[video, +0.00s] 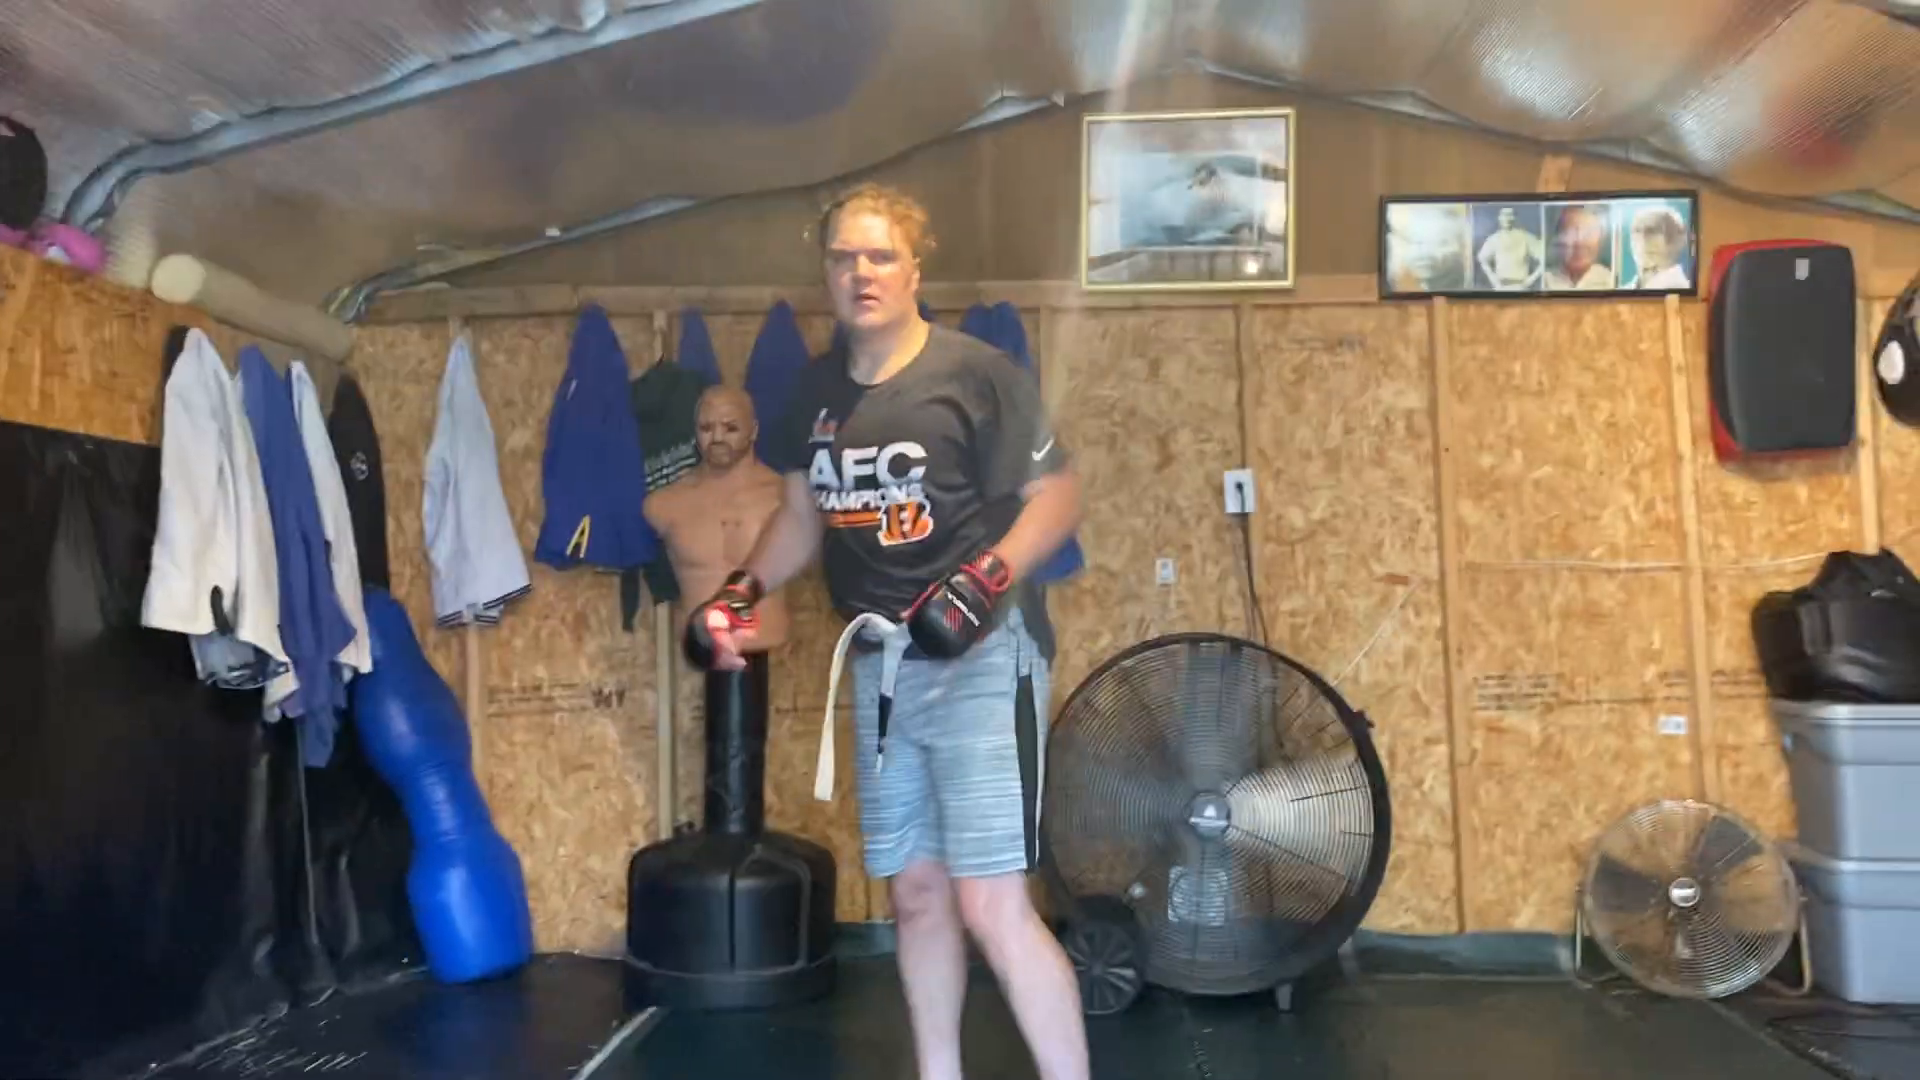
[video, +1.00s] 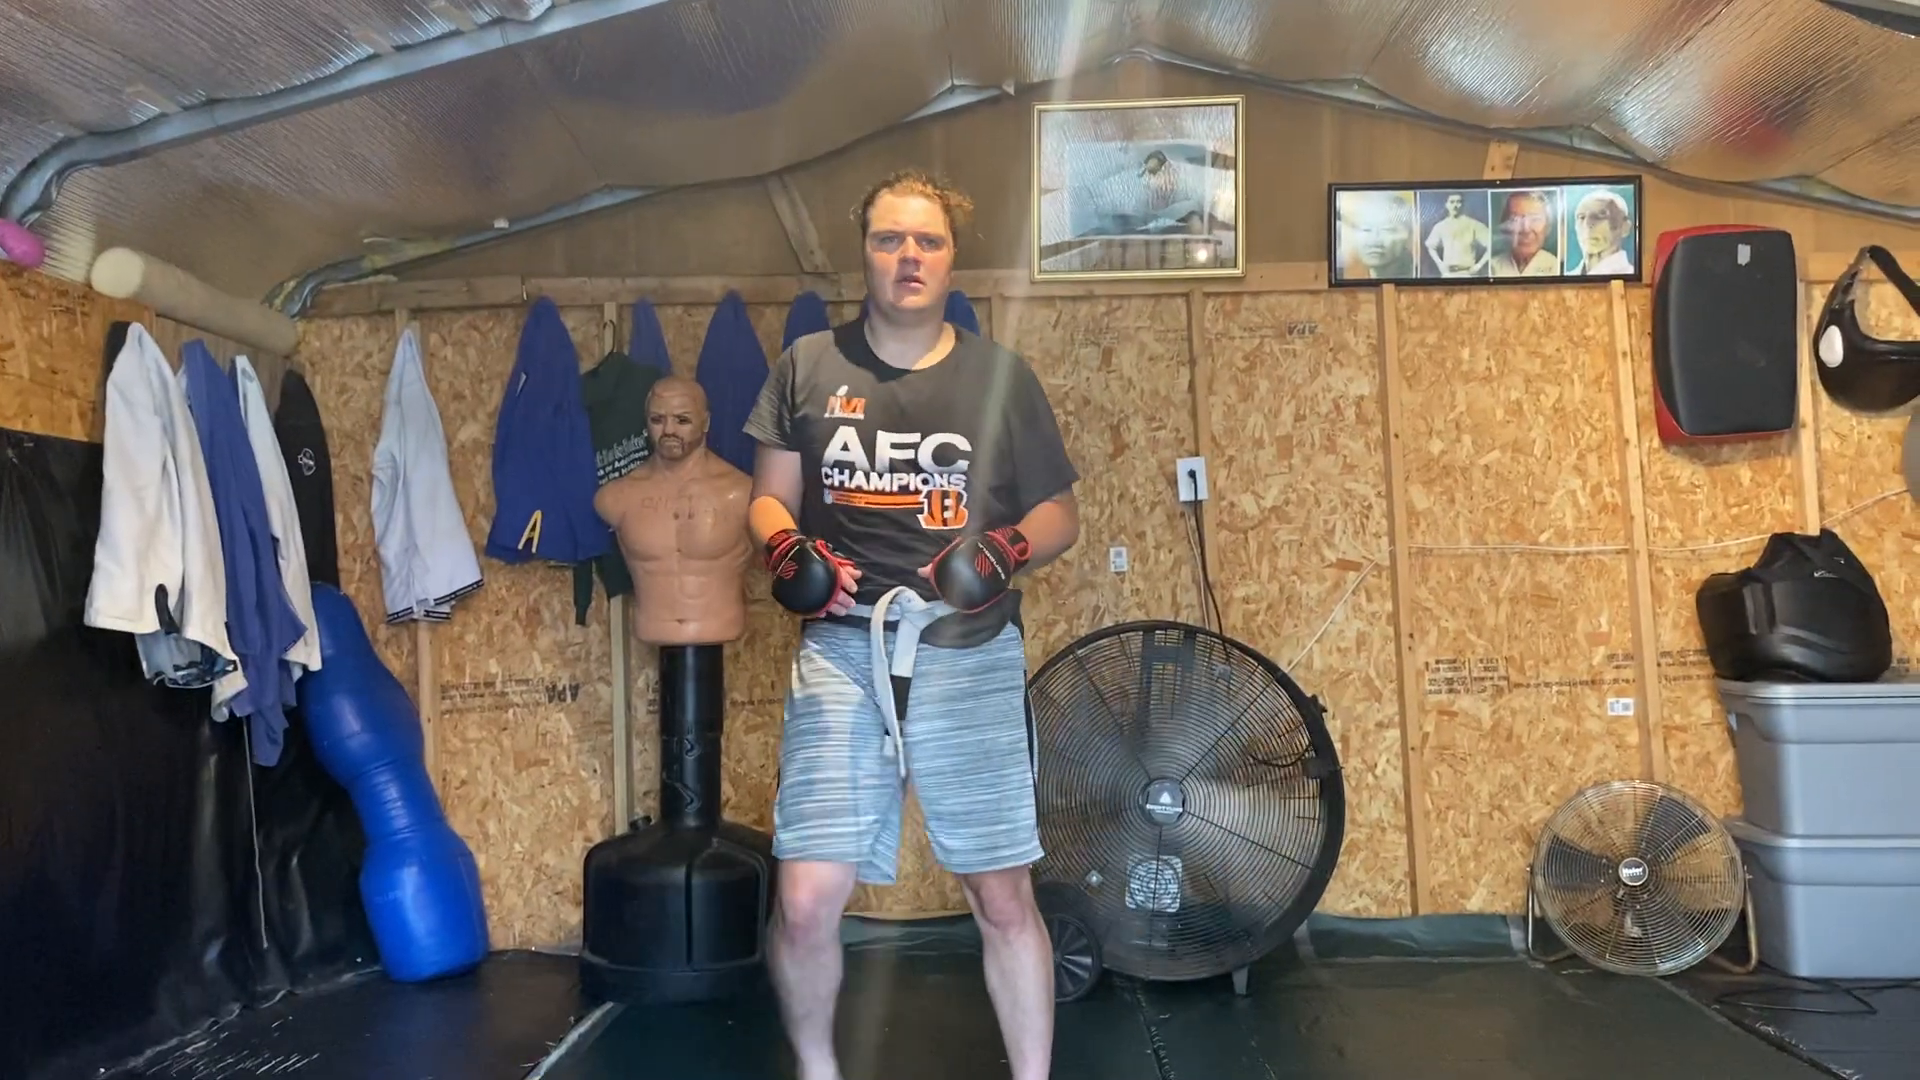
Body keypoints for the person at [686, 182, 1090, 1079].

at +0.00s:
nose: (861, 274)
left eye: (880, 258)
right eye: (844, 259)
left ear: (915, 272)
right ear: (825, 276)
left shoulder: (981, 374)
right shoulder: (819, 390)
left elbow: (1058, 495)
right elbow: (800, 517)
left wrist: (985, 578)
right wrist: (742, 592)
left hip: (979, 659)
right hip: (880, 665)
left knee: (990, 896)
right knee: (917, 892)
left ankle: (1070, 1074)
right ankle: (940, 1076)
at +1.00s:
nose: (908, 256)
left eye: (928, 241)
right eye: (890, 240)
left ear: (954, 262)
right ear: (864, 259)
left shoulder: (1002, 377)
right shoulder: (806, 368)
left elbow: (1058, 513)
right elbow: (772, 496)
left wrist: (1005, 550)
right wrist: (788, 550)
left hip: (969, 660)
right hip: (840, 655)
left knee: (1003, 897)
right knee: (805, 902)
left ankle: (1032, 1074)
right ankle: (817, 1071)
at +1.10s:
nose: (896, 256)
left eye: (916, 241)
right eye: (877, 239)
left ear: (941, 260)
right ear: (849, 258)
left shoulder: (988, 374)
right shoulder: (793, 368)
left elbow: (1045, 511)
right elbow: (756, 500)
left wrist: (990, 557)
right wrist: (781, 558)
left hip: (958, 660)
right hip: (827, 657)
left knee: (995, 900)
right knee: (809, 906)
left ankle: (1029, 1075)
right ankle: (775, 1079)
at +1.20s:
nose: (871, 256)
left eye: (890, 240)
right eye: (852, 240)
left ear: (916, 261)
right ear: (821, 261)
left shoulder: (967, 376)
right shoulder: (768, 373)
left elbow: (1026, 513)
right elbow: (730, 510)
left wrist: (973, 562)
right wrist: (758, 567)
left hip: (944, 662)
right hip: (808, 663)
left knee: (986, 904)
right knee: (795, 917)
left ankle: (1027, 1076)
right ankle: (772, 1079)